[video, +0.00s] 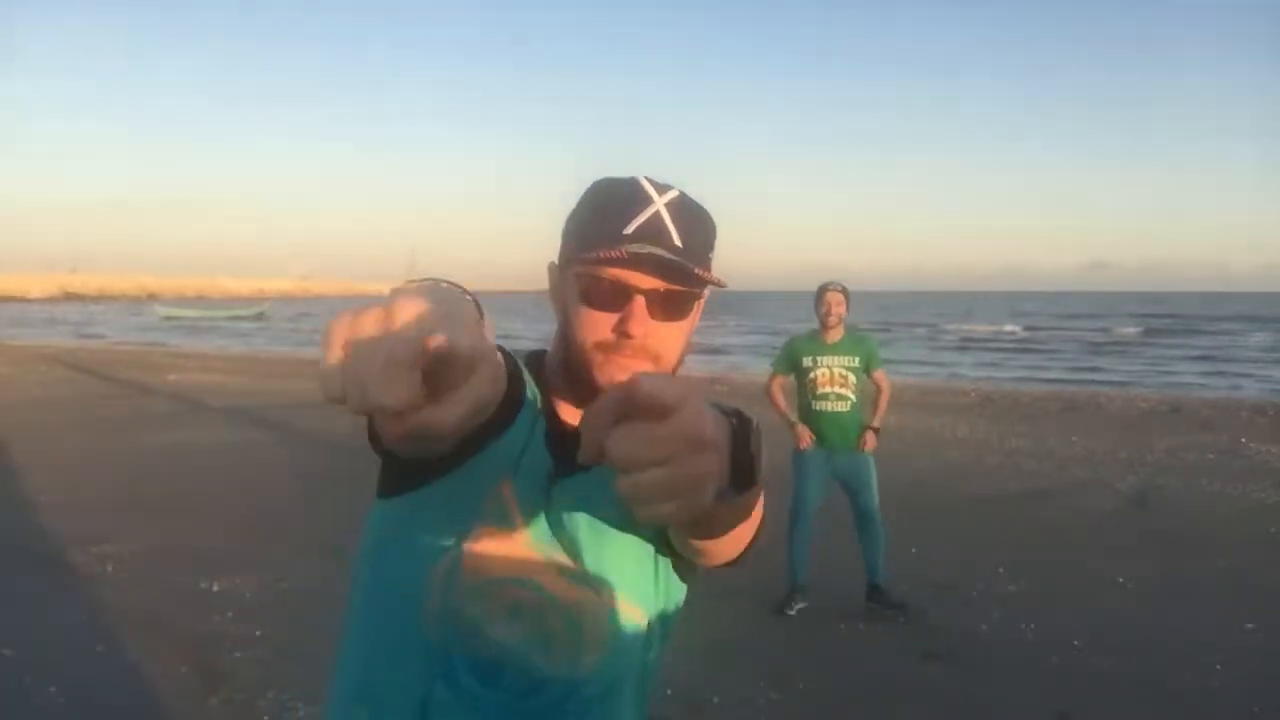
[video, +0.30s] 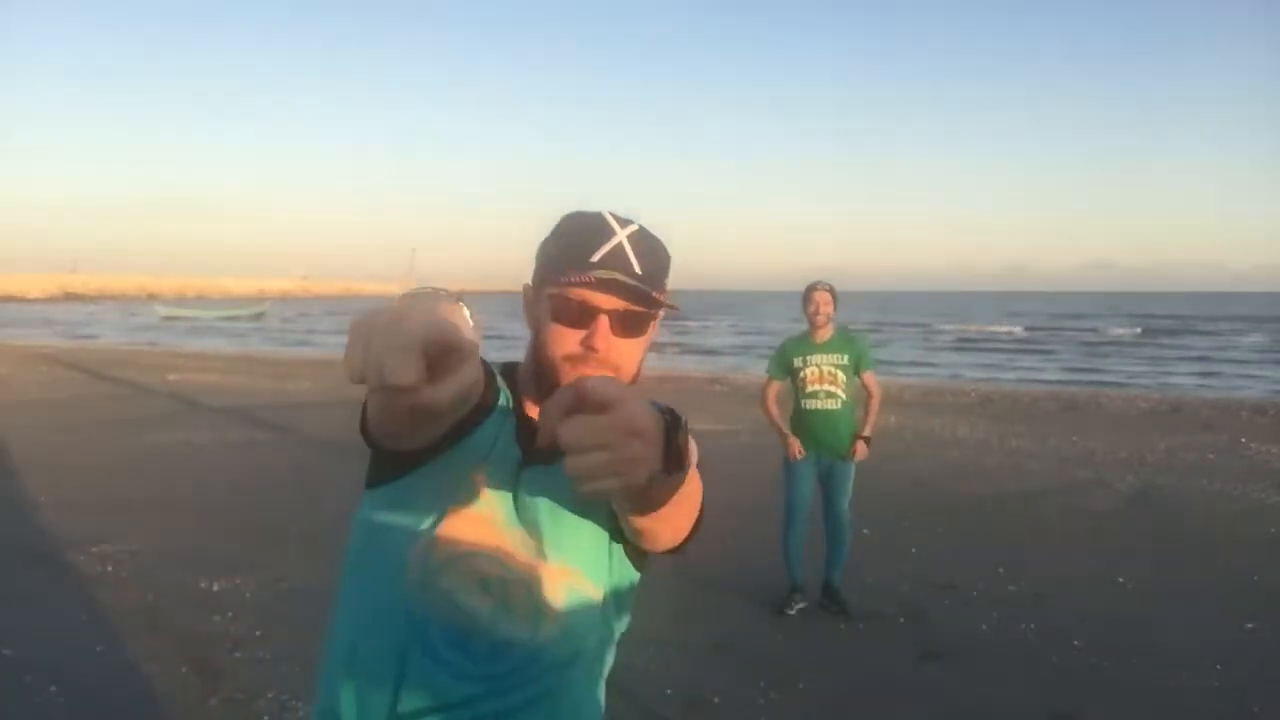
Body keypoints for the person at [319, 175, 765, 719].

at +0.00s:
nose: (634, 323)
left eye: (666, 300)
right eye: (606, 292)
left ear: (696, 313)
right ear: (558, 288)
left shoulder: (689, 443)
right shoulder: (469, 397)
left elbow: (727, 545)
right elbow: (457, 379)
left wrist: (718, 467)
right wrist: (418, 358)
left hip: (594, 707)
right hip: (389, 702)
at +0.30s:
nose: (598, 338)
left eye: (628, 320)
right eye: (574, 310)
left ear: (654, 330)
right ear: (532, 306)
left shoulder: (641, 444)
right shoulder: (447, 401)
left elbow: (673, 530)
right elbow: (401, 419)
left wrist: (657, 466)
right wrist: (420, 371)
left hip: (552, 711)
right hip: (367, 706)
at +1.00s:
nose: (526, 336)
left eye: (547, 321)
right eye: (511, 316)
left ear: (565, 328)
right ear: (483, 311)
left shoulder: (564, 405)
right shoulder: (420, 384)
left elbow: (573, 444)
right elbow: (399, 381)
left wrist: (553, 396)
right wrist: (427, 354)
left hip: (486, 693)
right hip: (363, 682)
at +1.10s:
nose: (541, 333)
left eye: (562, 320)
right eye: (528, 314)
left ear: (579, 328)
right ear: (502, 310)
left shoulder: (574, 393)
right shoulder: (435, 378)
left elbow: (586, 443)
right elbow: (420, 374)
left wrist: (568, 396)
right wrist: (447, 352)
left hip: (507, 676)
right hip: (390, 668)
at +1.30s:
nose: (549, 316)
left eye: (565, 306)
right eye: (536, 300)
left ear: (579, 311)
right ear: (510, 296)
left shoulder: (573, 379)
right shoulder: (452, 350)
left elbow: (585, 408)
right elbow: (441, 348)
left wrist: (576, 366)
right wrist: (472, 328)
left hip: (524, 634)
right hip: (411, 628)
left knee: (538, 711)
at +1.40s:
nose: (543, 323)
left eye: (558, 313)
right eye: (531, 309)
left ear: (573, 321)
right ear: (506, 309)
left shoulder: (564, 392)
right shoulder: (449, 363)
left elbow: (577, 408)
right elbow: (446, 355)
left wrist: (569, 364)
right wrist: (478, 333)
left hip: (524, 623)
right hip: (424, 621)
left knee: (540, 711)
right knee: (414, 712)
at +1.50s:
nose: (537, 332)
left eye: (550, 323)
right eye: (526, 319)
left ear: (565, 330)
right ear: (500, 318)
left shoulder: (557, 395)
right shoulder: (444, 371)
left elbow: (571, 415)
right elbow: (445, 361)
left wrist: (566, 372)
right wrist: (472, 342)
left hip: (518, 617)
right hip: (423, 616)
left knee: (534, 711)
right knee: (414, 712)